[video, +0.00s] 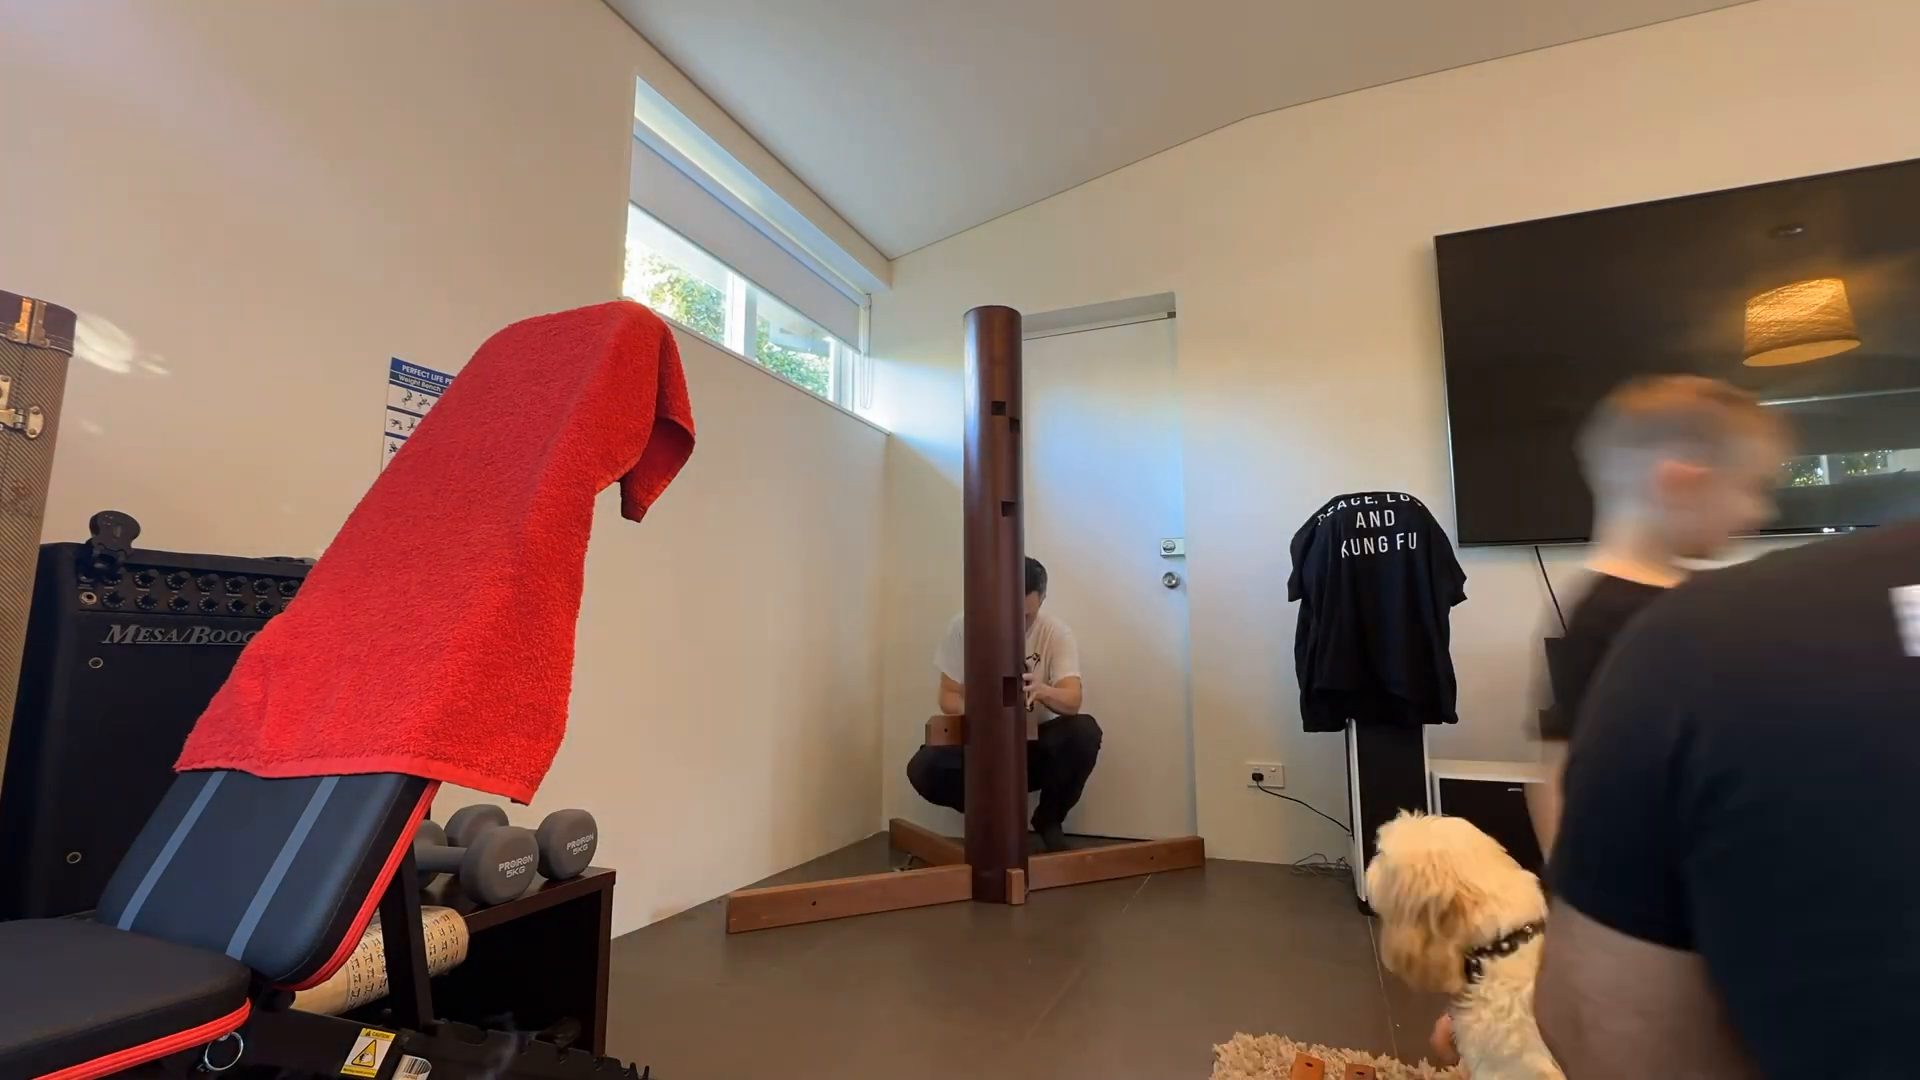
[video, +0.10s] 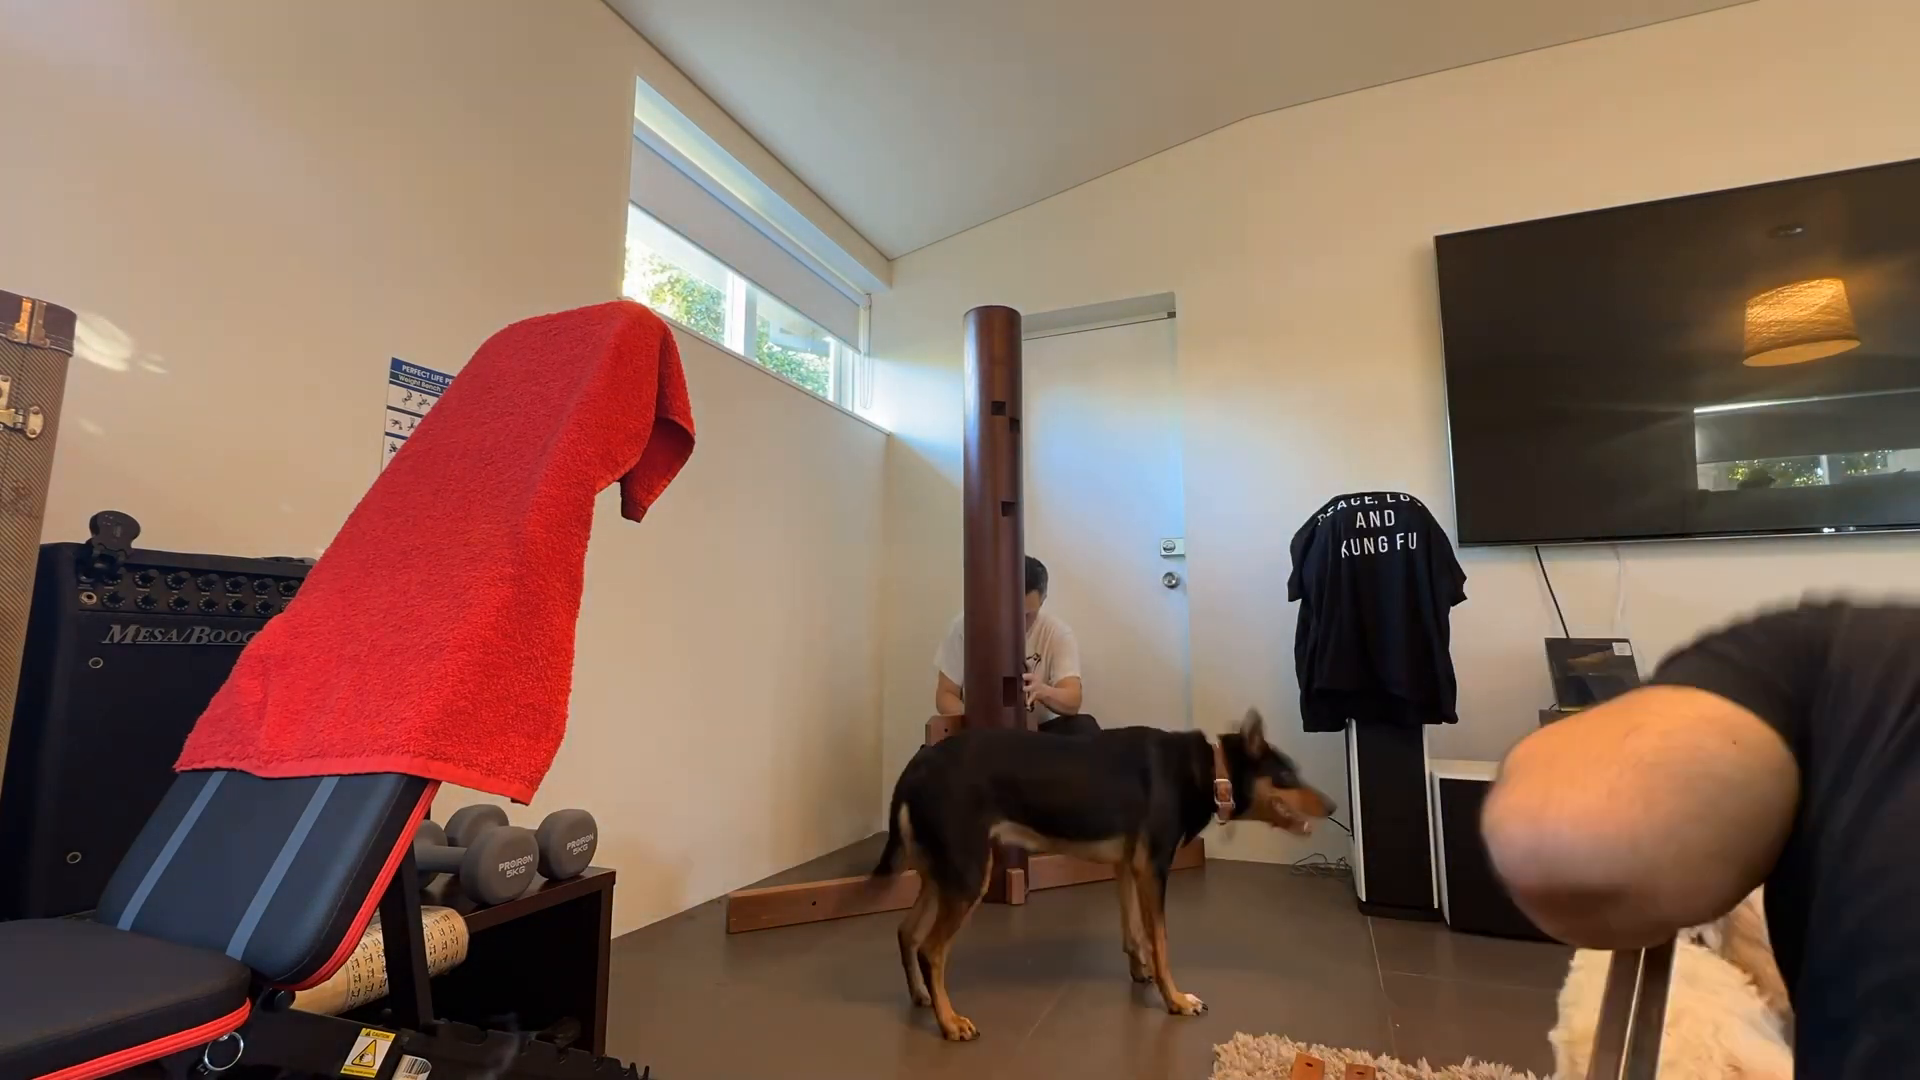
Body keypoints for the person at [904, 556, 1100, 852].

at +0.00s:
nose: (1020, 621)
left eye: (1028, 614)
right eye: (1013, 614)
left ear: (1041, 601)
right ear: (995, 603)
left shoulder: (1054, 633)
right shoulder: (965, 627)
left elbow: (1072, 703)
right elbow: (948, 701)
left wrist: (1043, 691)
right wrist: (994, 700)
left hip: (1033, 749)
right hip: (980, 750)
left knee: (1083, 732)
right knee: (924, 767)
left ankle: (1049, 819)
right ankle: (995, 815)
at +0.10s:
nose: (1019, 622)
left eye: (1028, 614)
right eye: (1011, 613)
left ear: (1041, 601)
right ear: (993, 603)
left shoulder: (1054, 632)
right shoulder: (966, 626)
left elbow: (1072, 701)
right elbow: (945, 696)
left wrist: (1042, 691)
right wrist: (976, 715)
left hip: (1036, 734)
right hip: (984, 734)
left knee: (1084, 726)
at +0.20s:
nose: (1002, 599)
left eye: (1009, 590)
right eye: (994, 590)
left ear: (1024, 593)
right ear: (981, 592)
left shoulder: (1049, 632)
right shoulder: (959, 630)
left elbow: (1072, 701)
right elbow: (926, 696)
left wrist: (1041, 690)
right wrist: (943, 727)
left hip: (1034, 743)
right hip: (977, 743)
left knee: (1083, 727)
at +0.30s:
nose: (996, 594)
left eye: (1005, 584)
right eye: (989, 584)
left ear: (1021, 589)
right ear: (977, 588)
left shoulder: (1048, 632)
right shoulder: (958, 632)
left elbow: (1073, 702)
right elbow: (923, 695)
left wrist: (1042, 691)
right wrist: (936, 728)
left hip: (1033, 747)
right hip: (977, 747)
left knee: (1084, 728)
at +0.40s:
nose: (995, 590)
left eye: (1002, 578)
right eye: (987, 578)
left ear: (1017, 582)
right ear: (974, 585)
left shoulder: (1047, 632)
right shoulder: (957, 634)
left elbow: (1073, 699)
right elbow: (929, 696)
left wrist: (1043, 690)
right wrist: (932, 723)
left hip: (1035, 749)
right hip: (980, 751)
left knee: (1083, 729)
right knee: (950, 762)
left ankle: (1052, 822)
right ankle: (999, 829)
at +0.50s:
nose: (996, 590)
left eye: (1005, 580)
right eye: (988, 581)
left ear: (1019, 581)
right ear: (976, 583)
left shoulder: (1047, 632)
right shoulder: (958, 633)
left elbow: (1073, 699)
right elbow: (920, 696)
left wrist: (1043, 690)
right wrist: (932, 721)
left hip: (1035, 750)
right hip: (981, 753)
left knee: (1083, 729)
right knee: (952, 762)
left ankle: (1052, 820)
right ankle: (996, 829)